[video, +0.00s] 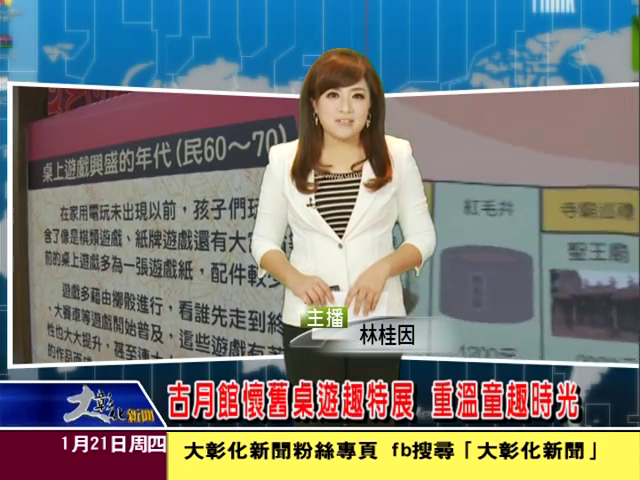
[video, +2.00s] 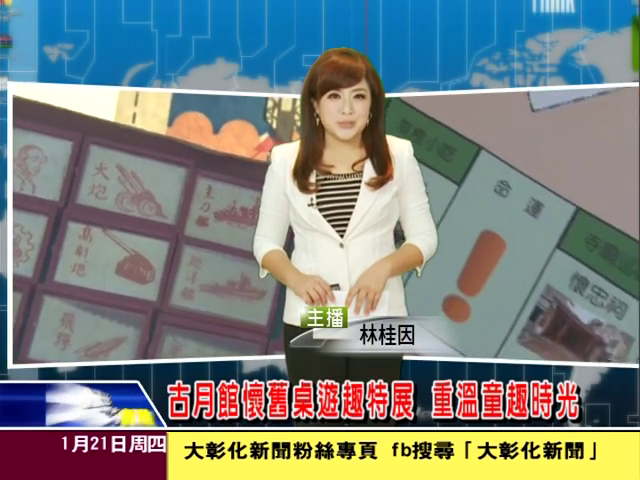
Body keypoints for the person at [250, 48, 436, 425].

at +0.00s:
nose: (346, 107)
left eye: (357, 96)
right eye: (333, 96)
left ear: (371, 105)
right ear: (313, 104)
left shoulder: (394, 156)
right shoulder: (285, 160)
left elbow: (423, 238)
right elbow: (263, 242)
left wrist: (382, 267)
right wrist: (296, 279)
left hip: (377, 323)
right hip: (308, 323)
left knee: (376, 439)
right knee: (314, 439)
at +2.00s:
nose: (347, 109)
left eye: (359, 97)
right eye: (334, 97)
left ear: (373, 104)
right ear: (315, 105)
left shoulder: (396, 155)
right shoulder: (287, 160)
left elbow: (424, 239)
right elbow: (265, 243)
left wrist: (383, 267)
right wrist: (297, 279)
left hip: (379, 323)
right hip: (309, 323)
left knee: (377, 439)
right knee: (314, 438)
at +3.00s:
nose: (345, 104)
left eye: (356, 92)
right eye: (332, 92)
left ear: (370, 103)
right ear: (313, 103)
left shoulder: (395, 155)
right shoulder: (285, 160)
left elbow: (424, 237)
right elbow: (264, 242)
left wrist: (386, 267)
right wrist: (289, 276)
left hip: (377, 324)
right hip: (307, 323)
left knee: (376, 441)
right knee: (314, 440)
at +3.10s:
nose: (344, 104)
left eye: (356, 92)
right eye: (331, 92)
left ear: (370, 103)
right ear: (312, 103)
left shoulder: (395, 154)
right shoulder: (284, 159)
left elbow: (425, 235)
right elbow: (263, 242)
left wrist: (388, 266)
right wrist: (289, 276)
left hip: (377, 324)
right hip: (307, 323)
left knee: (376, 440)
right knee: (314, 439)